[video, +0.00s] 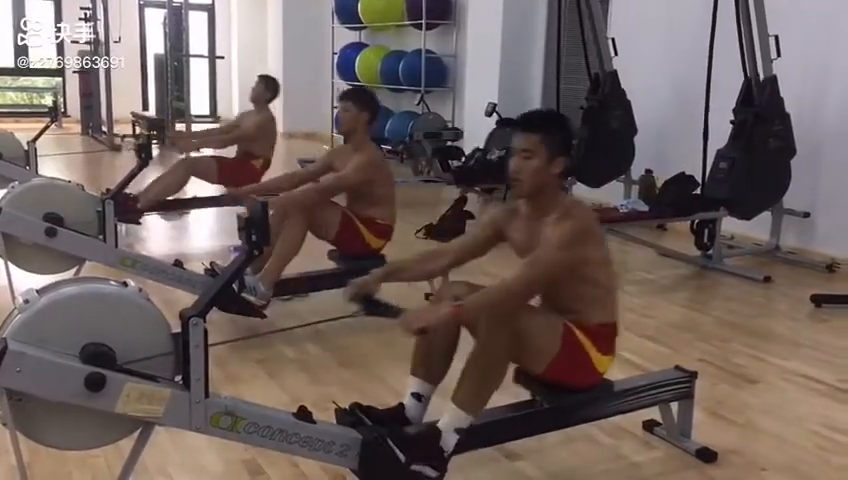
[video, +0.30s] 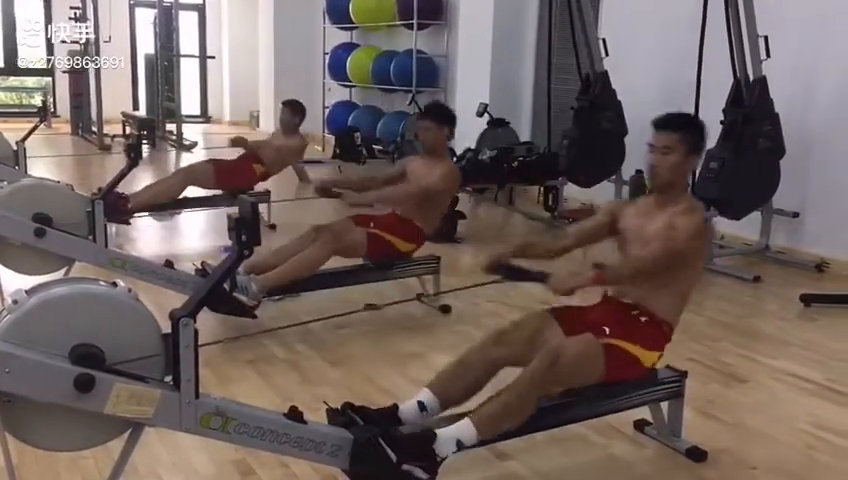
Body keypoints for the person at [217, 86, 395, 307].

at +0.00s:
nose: (338, 115)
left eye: (346, 111)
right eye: (339, 110)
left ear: (365, 117)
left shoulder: (369, 160)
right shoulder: (340, 153)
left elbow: (319, 192)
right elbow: (297, 178)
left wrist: (269, 204)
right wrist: (246, 191)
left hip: (370, 234)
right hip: (354, 225)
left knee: (302, 210)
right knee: (286, 204)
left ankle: (264, 285)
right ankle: (250, 273)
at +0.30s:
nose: (418, 134)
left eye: (425, 129)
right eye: (418, 129)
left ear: (446, 133)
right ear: (418, 131)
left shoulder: (447, 173)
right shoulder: (414, 162)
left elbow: (405, 194)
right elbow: (370, 179)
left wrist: (352, 197)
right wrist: (328, 182)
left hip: (405, 233)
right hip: (386, 220)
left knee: (330, 237)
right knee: (316, 232)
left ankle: (257, 287)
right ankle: (240, 269)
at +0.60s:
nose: (438, 153)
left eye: (446, 148)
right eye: (438, 147)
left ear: (464, 154)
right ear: (440, 151)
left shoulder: (464, 191)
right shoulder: (435, 179)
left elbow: (471, 240)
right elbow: (414, 210)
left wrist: (457, 208)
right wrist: (411, 192)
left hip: (401, 233)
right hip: (382, 221)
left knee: (329, 244)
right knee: (314, 236)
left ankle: (249, 288)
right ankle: (235, 270)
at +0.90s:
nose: (424, 140)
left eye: (430, 136)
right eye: (424, 135)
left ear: (447, 140)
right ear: (431, 137)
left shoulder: (452, 177)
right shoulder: (424, 167)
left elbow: (459, 225)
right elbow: (409, 204)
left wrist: (425, 207)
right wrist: (386, 202)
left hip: (401, 234)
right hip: (384, 221)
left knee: (327, 247)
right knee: (315, 237)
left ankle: (247, 291)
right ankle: (232, 272)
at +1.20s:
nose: (400, 127)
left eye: (406, 122)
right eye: (400, 121)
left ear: (425, 127)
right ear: (404, 123)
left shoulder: (432, 167)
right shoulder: (401, 160)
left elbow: (415, 219)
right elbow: (373, 197)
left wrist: (366, 227)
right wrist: (336, 213)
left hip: (397, 235)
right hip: (375, 225)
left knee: (326, 254)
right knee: (315, 242)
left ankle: (247, 292)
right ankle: (230, 275)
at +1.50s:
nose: (384, 126)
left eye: (391, 121)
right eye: (385, 120)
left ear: (410, 124)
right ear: (390, 123)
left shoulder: (421, 167)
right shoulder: (389, 160)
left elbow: (392, 213)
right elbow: (355, 196)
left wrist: (350, 236)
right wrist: (316, 221)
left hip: (397, 243)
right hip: (375, 234)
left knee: (325, 261)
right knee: (311, 251)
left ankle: (248, 294)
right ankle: (234, 276)